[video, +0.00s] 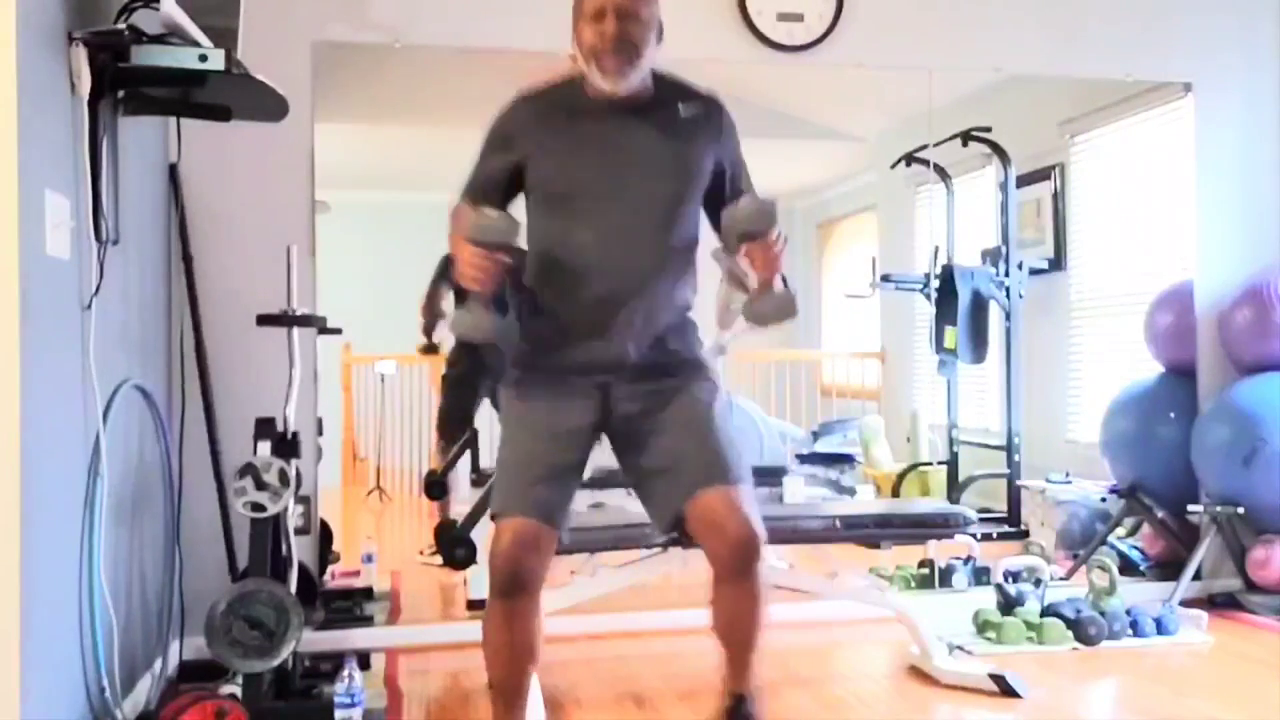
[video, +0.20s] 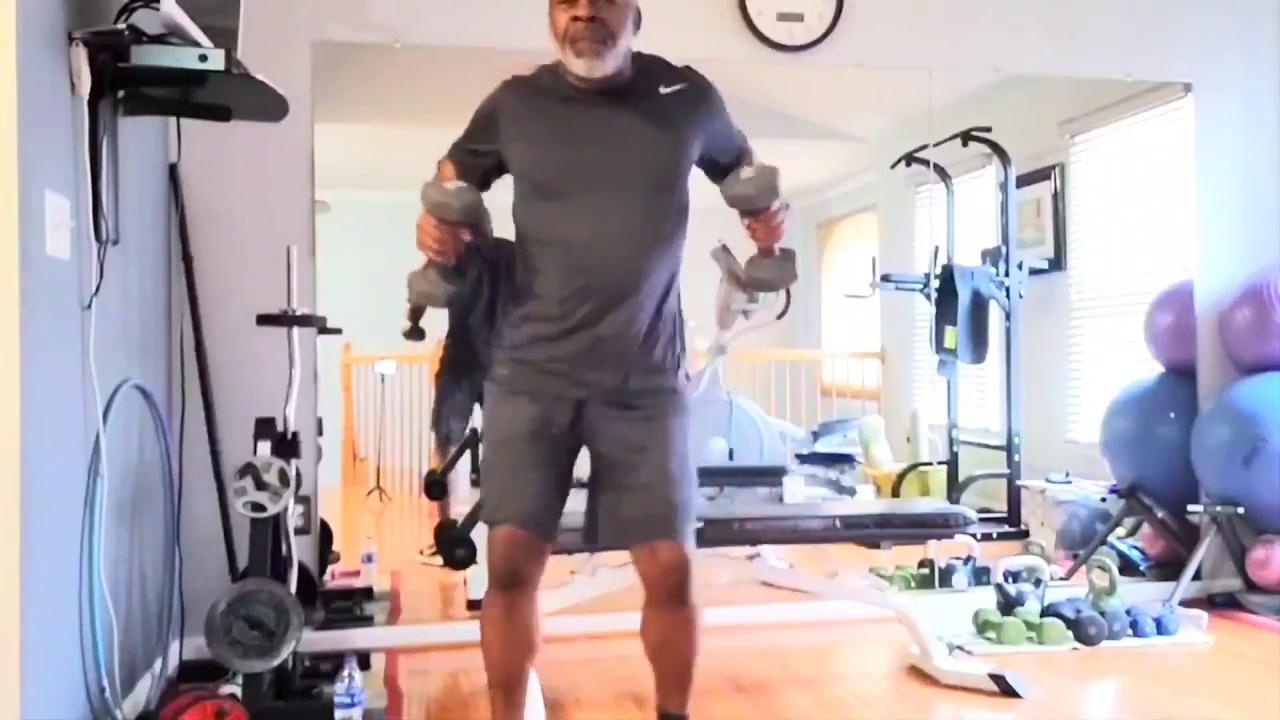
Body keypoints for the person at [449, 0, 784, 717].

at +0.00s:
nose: (614, 30)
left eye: (631, 14)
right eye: (598, 15)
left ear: (658, 23)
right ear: (575, 25)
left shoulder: (702, 119)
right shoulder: (528, 118)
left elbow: (743, 223)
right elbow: (472, 211)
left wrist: (761, 255)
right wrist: (466, 249)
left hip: (666, 368)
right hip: (550, 372)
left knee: (739, 541)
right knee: (515, 560)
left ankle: (739, 699)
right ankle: (511, 718)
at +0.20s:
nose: (583, 18)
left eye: (603, 5)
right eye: (568, 4)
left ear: (636, 14)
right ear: (549, 15)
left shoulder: (688, 100)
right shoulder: (514, 104)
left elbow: (743, 178)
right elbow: (450, 183)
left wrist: (764, 218)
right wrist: (441, 227)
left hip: (645, 373)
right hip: (533, 367)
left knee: (669, 570)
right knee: (510, 561)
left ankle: (674, 715)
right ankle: (509, 718)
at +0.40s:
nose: (577, 22)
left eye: (595, 8)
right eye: (562, 8)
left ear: (628, 15)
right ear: (544, 17)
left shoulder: (683, 110)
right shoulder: (507, 113)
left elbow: (737, 197)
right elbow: (442, 211)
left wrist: (730, 233)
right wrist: (469, 243)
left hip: (660, 370)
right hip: (543, 376)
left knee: (740, 543)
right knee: (510, 561)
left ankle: (770, 703)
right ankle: (510, 716)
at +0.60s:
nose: (612, 111)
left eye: (628, 96)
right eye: (597, 97)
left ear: (660, 109)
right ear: (579, 109)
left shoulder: (712, 198)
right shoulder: (540, 199)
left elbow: (757, 324)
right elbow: (487, 323)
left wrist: (715, 321)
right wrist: (545, 323)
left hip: (685, 430)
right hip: (564, 429)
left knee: (795, 572)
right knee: (500, 585)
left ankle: (832, 716)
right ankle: (506, 719)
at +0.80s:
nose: (674, 136)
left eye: (691, 122)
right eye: (659, 124)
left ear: (720, 137)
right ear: (639, 140)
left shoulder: (771, 222)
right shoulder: (595, 224)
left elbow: (819, 350)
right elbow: (545, 349)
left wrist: (773, 338)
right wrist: (597, 343)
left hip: (739, 443)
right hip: (619, 444)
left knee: (846, 584)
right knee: (531, 590)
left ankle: (843, 719)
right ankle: (514, 716)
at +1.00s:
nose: (719, 30)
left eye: (737, 14)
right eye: (706, 14)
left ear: (773, 23)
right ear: (691, 23)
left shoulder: (827, 118)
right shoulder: (652, 123)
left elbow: (874, 225)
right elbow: (608, 239)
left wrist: (889, 273)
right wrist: (608, 287)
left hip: (798, 370)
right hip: (683, 369)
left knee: (845, 558)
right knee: (620, 542)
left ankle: (843, 718)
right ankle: (595, 706)